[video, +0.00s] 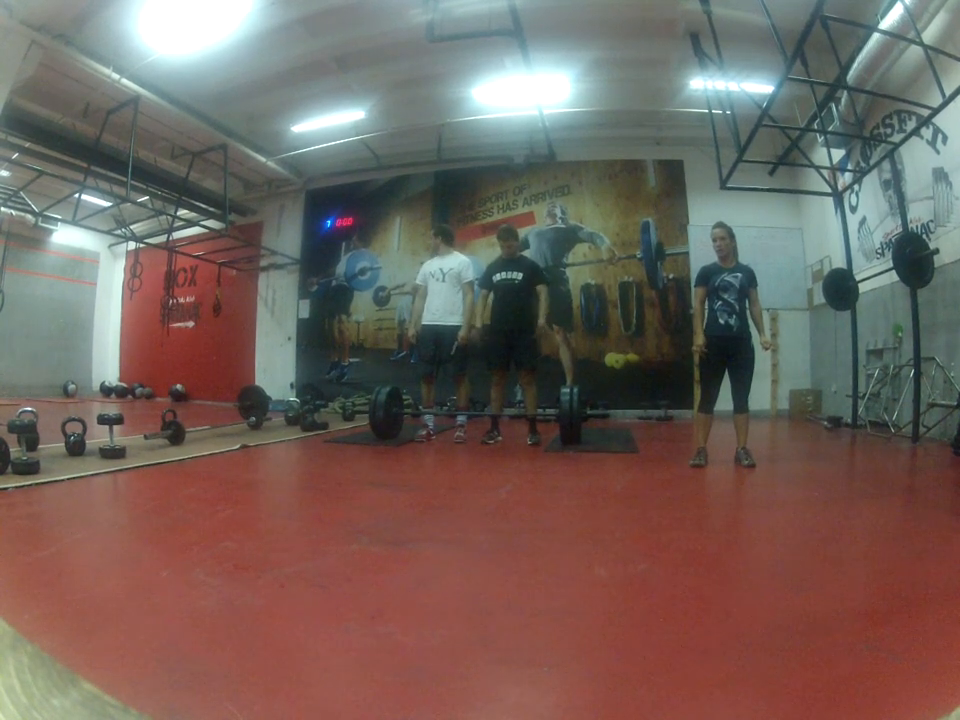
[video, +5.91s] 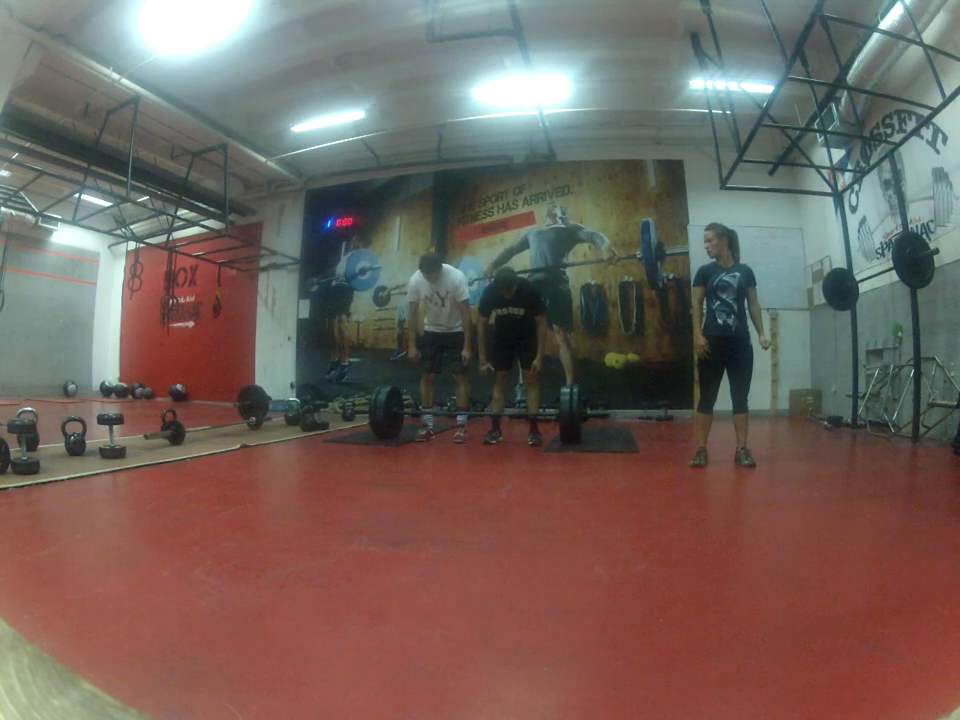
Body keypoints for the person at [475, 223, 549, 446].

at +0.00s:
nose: (508, 249)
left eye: (511, 244)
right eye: (504, 245)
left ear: (518, 243)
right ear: (499, 245)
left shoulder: (531, 266)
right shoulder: (493, 267)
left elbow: (543, 294)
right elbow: (482, 297)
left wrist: (542, 320)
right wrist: (479, 324)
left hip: (525, 329)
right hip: (498, 329)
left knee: (527, 377)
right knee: (497, 377)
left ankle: (532, 428)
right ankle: (494, 428)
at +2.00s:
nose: (508, 250)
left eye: (511, 246)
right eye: (504, 246)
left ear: (518, 243)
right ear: (498, 246)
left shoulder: (532, 265)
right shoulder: (494, 267)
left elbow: (547, 293)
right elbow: (484, 297)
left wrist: (543, 323)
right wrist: (484, 323)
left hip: (527, 330)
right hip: (500, 330)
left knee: (529, 378)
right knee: (499, 378)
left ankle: (533, 428)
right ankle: (495, 428)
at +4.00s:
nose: (509, 250)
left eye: (512, 246)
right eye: (505, 247)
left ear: (518, 243)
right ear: (499, 245)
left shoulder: (533, 264)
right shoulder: (494, 266)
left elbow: (545, 294)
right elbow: (486, 298)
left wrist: (547, 325)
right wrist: (487, 325)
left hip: (529, 328)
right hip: (502, 329)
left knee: (529, 377)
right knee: (499, 378)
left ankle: (533, 428)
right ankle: (495, 428)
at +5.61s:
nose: (506, 276)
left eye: (509, 273)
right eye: (502, 273)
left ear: (516, 267)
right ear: (496, 269)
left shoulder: (530, 281)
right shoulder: (491, 282)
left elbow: (542, 314)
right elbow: (481, 316)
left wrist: (542, 347)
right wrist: (482, 350)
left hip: (527, 338)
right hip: (501, 338)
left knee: (530, 379)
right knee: (500, 380)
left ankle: (534, 429)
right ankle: (495, 428)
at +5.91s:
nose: (506, 294)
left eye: (509, 290)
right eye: (503, 291)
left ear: (515, 284)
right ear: (498, 286)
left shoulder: (530, 290)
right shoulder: (490, 292)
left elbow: (541, 322)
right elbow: (482, 324)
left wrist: (539, 356)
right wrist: (483, 359)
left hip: (527, 339)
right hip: (502, 340)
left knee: (530, 379)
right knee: (500, 379)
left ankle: (534, 429)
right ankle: (495, 428)